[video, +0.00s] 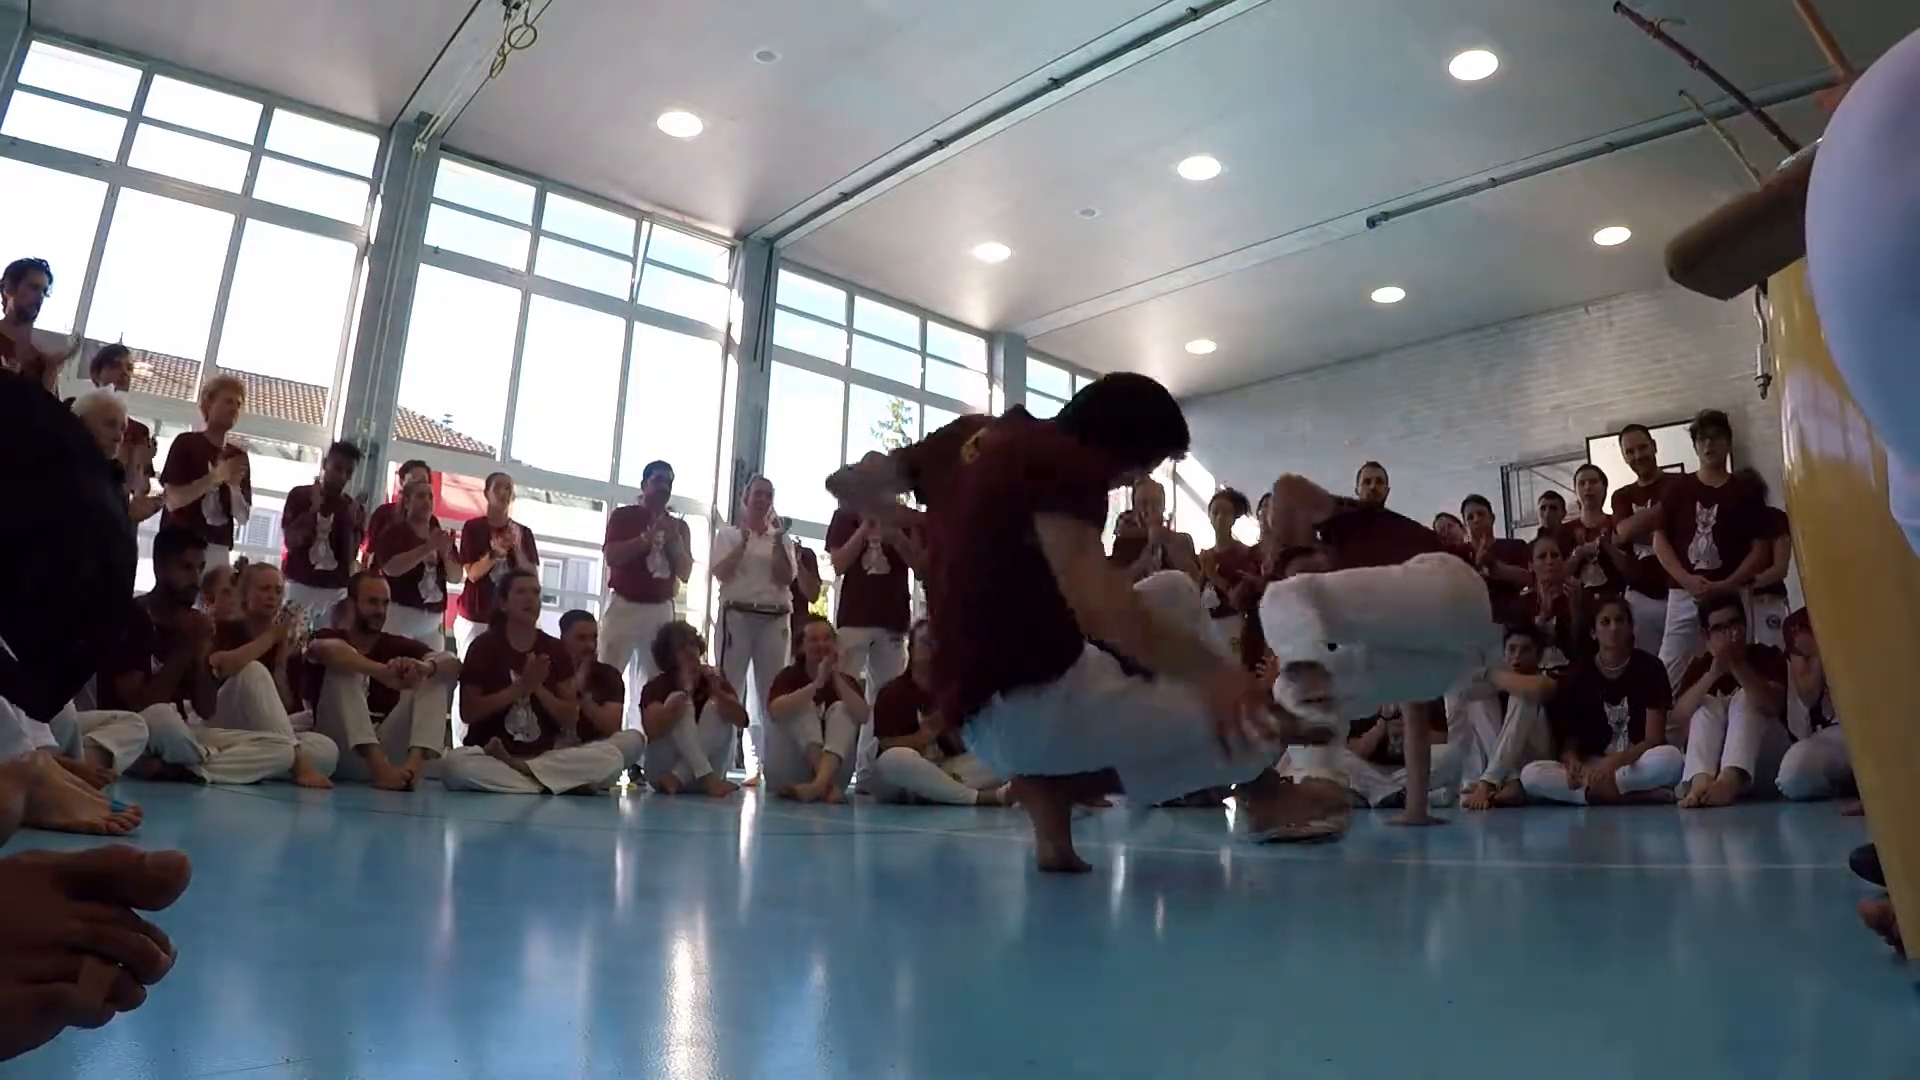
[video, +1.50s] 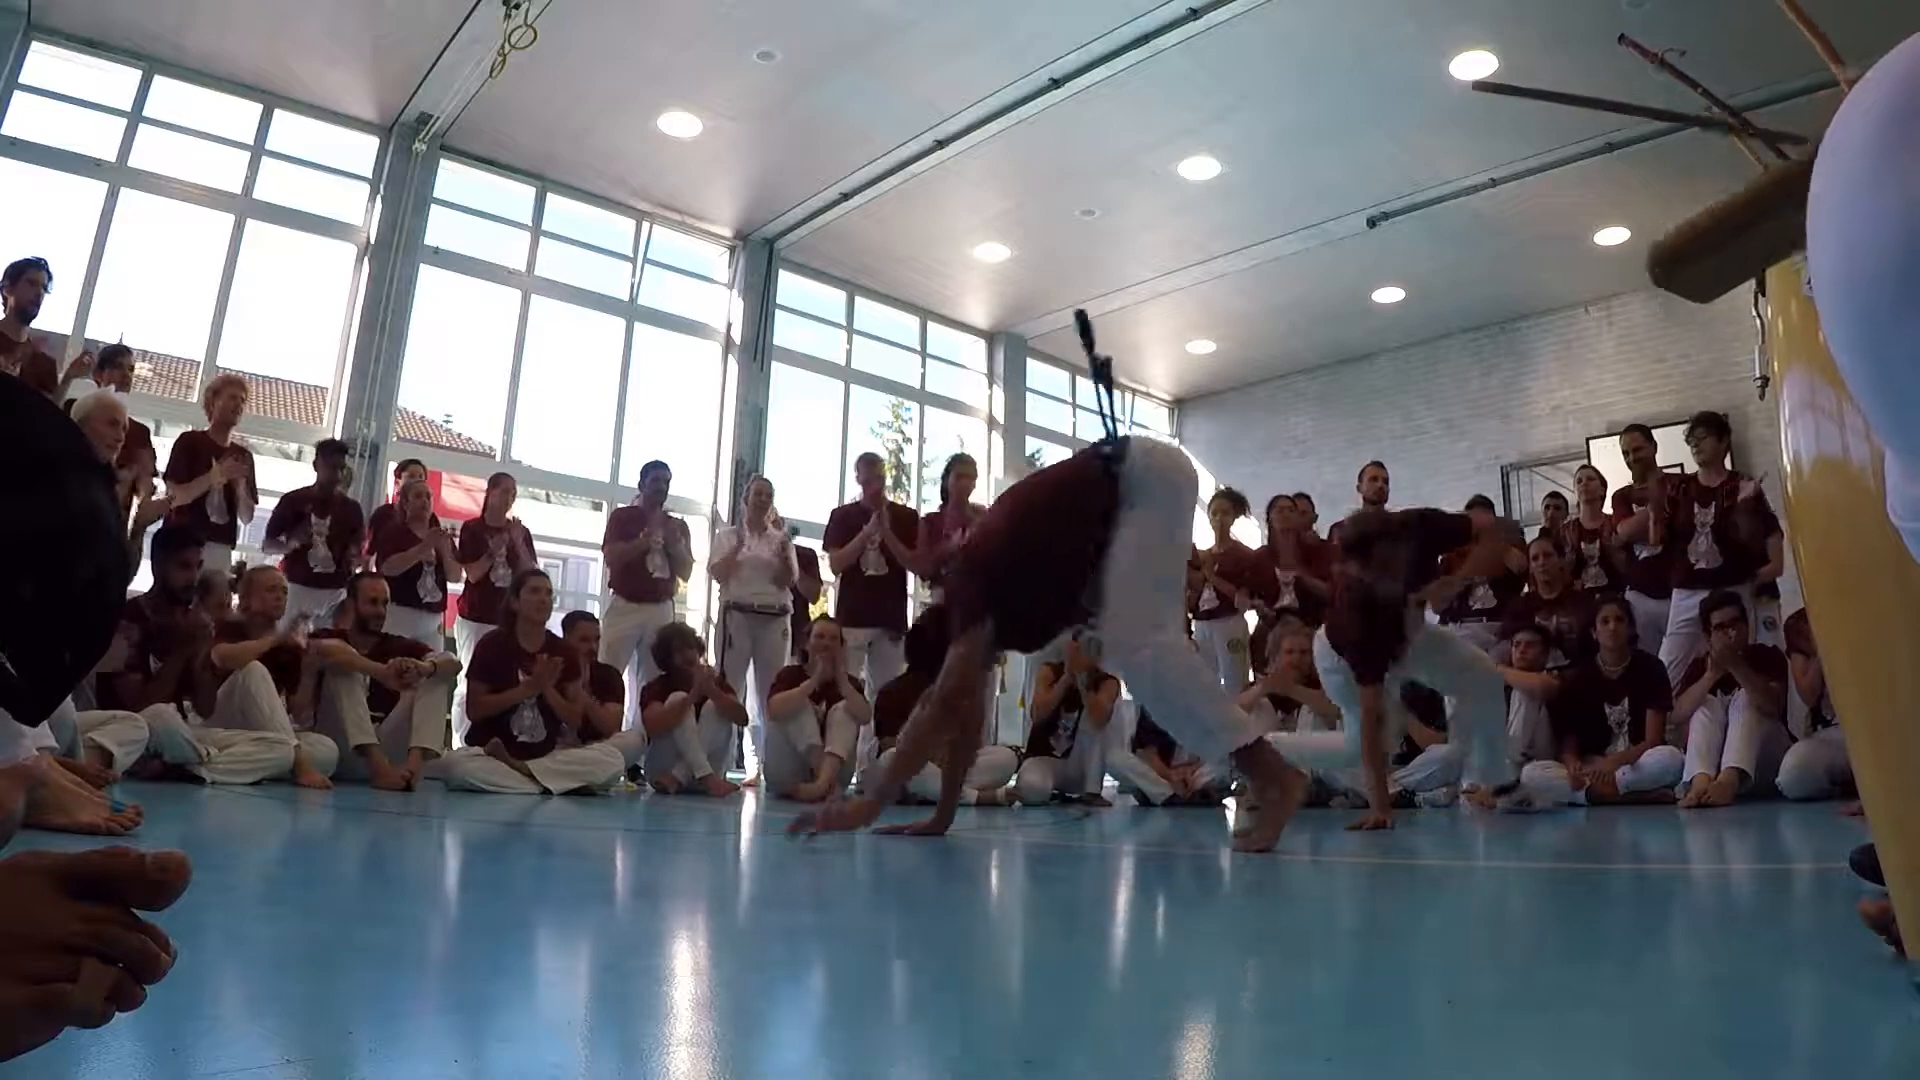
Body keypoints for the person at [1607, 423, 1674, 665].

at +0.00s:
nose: (1638, 456)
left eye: (1642, 448)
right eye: (1630, 452)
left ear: (1654, 447)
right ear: (1624, 457)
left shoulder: (1679, 483)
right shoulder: (1621, 496)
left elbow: (1687, 522)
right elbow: (1623, 533)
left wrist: (1635, 523)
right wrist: (1663, 511)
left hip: (1679, 590)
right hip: (1641, 592)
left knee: (1683, 669)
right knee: (1644, 669)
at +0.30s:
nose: (1635, 457)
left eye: (1641, 449)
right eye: (1628, 453)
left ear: (1655, 448)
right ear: (1624, 457)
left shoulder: (1679, 484)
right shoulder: (1621, 497)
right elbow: (1622, 537)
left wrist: (1632, 524)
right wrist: (1657, 514)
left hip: (1679, 589)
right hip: (1640, 592)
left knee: (1684, 671)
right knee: (1644, 669)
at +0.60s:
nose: (1633, 458)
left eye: (1638, 450)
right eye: (1627, 453)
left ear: (1654, 447)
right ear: (1622, 457)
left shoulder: (1678, 484)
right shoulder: (1622, 496)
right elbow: (1623, 532)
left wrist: (1636, 524)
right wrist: (1661, 511)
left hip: (1677, 591)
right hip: (1639, 594)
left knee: (1681, 671)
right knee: (1644, 670)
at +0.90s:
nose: (1633, 458)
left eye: (1638, 450)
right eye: (1626, 453)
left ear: (1654, 447)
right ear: (1622, 456)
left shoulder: (1678, 484)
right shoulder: (1622, 496)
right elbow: (1623, 532)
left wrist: (1635, 523)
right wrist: (1662, 510)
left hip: (1678, 591)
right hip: (1640, 594)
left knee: (1683, 670)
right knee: (1644, 670)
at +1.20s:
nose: (1633, 458)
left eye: (1638, 450)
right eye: (1626, 454)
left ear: (1654, 447)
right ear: (1622, 457)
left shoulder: (1679, 483)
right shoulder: (1622, 496)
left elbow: (1690, 531)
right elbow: (1625, 532)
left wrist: (1634, 528)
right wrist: (1664, 509)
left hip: (1679, 592)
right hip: (1640, 596)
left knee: (1682, 672)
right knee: (1645, 671)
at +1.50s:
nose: (1632, 458)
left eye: (1638, 450)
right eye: (1626, 453)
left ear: (1654, 447)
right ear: (1622, 457)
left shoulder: (1679, 484)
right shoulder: (1621, 496)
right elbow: (1624, 531)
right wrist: (1657, 505)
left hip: (1679, 590)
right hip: (1640, 593)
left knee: (1683, 670)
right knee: (1646, 669)